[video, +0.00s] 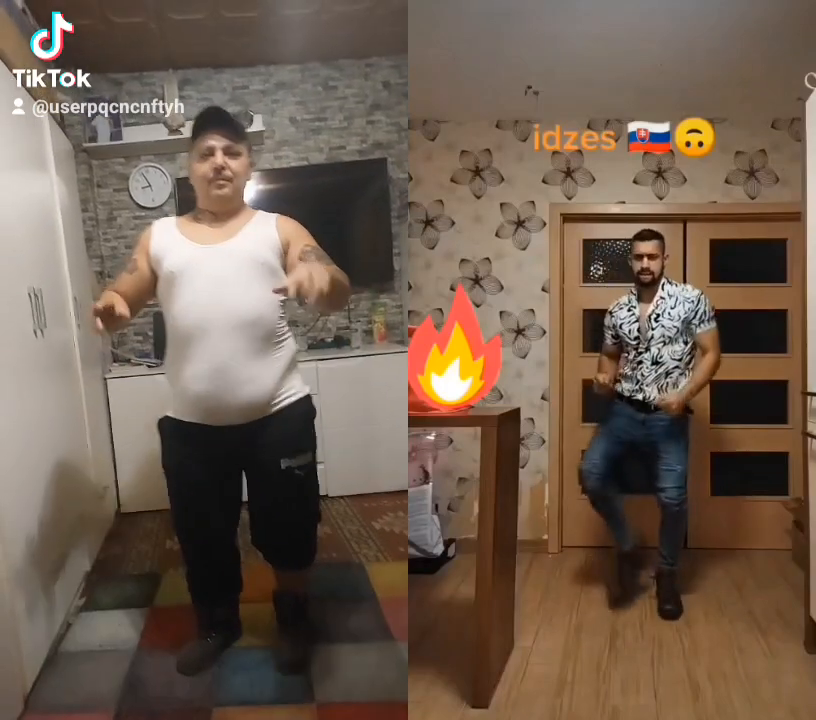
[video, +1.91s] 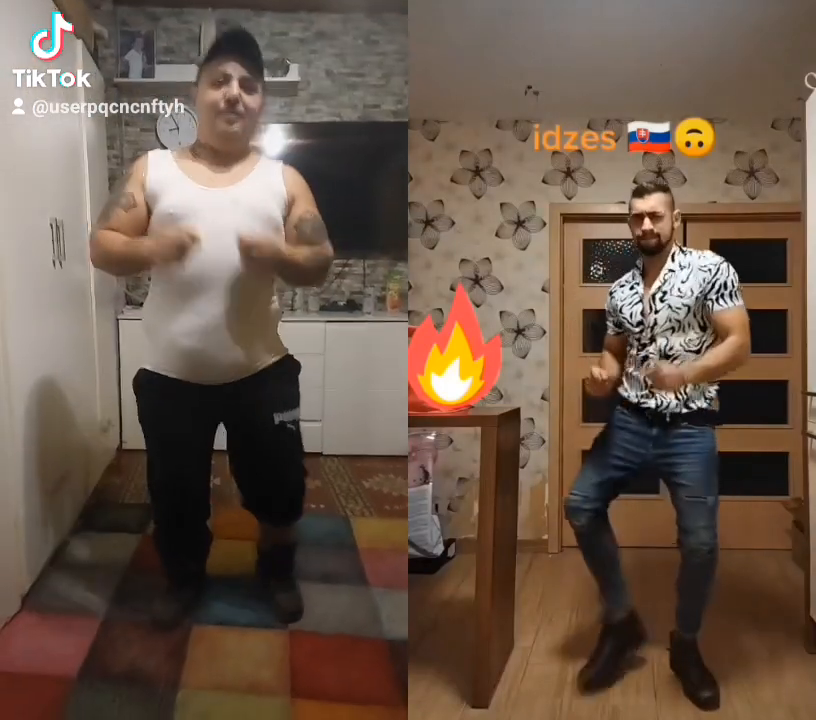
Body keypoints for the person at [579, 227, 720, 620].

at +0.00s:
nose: (645, 264)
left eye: (652, 257)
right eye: (638, 257)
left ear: (664, 260)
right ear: (631, 262)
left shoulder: (690, 300)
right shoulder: (619, 311)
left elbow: (711, 354)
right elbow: (609, 357)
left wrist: (685, 395)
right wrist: (605, 379)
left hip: (668, 415)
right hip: (623, 412)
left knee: (672, 498)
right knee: (592, 475)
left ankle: (667, 575)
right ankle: (627, 549)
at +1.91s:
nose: (645, 225)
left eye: (654, 217)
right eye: (637, 218)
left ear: (675, 221)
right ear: (629, 226)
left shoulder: (709, 269)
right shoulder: (622, 289)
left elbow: (737, 342)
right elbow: (612, 355)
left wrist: (686, 372)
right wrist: (603, 376)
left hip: (689, 429)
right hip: (629, 425)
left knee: (701, 544)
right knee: (582, 506)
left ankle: (686, 647)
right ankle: (621, 622)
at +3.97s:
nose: (652, 240)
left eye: (661, 232)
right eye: (645, 233)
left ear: (677, 237)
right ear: (635, 240)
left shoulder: (705, 295)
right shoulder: (610, 296)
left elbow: (725, 366)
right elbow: (589, 355)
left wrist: (677, 343)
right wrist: (602, 392)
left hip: (684, 434)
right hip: (624, 431)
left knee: (690, 539)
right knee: (595, 522)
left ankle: (671, 618)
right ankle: (616, 637)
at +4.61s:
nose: (633, 239)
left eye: (641, 231)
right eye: (626, 233)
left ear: (659, 236)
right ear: (618, 239)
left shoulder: (686, 287)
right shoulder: (604, 297)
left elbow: (718, 348)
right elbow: (589, 357)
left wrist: (679, 382)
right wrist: (580, 360)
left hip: (671, 420)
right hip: (622, 418)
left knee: (664, 521)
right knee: (588, 502)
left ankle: (668, 617)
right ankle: (615, 590)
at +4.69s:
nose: (627, 241)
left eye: (635, 234)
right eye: (621, 235)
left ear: (652, 239)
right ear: (613, 242)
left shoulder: (681, 286)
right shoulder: (601, 301)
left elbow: (713, 348)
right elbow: (584, 363)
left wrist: (671, 376)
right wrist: (578, 365)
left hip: (665, 421)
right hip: (616, 420)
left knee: (660, 521)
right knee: (587, 507)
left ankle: (668, 617)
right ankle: (613, 590)